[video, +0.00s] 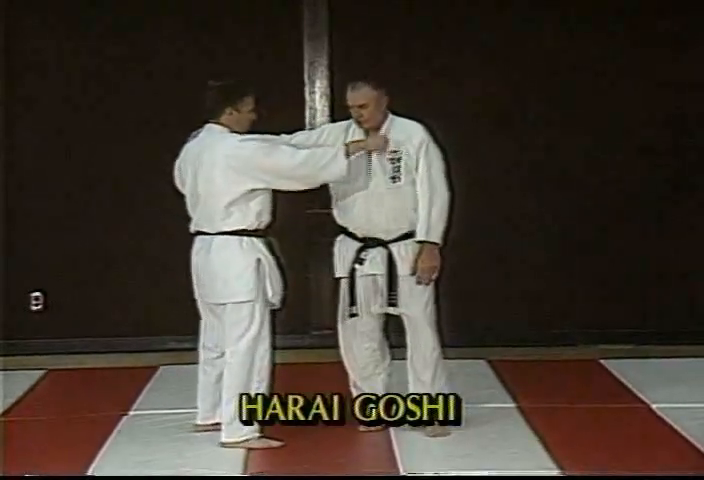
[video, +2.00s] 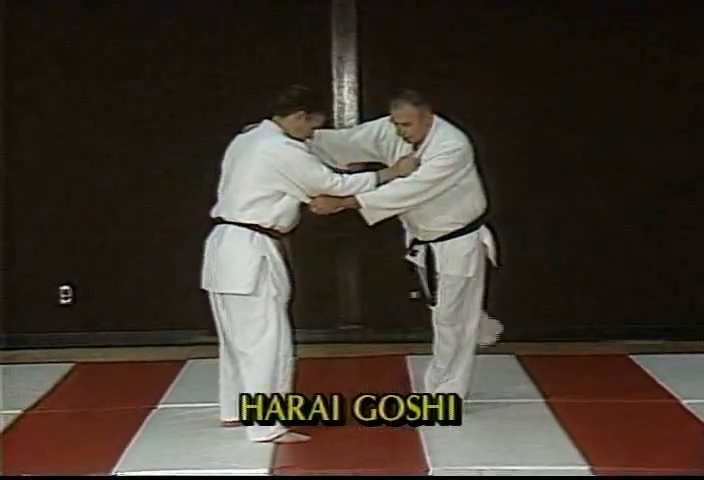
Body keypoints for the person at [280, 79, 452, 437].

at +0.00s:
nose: (358, 115)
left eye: (364, 108)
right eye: (352, 109)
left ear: (384, 102)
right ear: (348, 107)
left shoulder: (413, 136)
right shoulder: (337, 134)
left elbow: (435, 192)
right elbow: (290, 144)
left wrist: (431, 244)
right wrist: (242, 146)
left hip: (407, 246)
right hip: (356, 249)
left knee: (421, 327)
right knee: (359, 326)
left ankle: (428, 407)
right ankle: (370, 405)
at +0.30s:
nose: (363, 116)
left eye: (369, 109)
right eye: (358, 110)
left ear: (389, 105)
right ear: (354, 109)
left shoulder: (415, 137)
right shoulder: (345, 133)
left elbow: (430, 196)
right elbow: (294, 142)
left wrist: (392, 236)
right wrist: (242, 142)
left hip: (410, 244)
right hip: (358, 244)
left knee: (420, 324)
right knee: (360, 325)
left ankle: (433, 407)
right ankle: (373, 404)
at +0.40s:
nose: (367, 115)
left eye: (373, 107)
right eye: (362, 108)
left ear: (393, 104)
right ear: (358, 108)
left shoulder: (416, 137)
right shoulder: (349, 132)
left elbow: (417, 205)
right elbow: (299, 137)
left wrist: (363, 224)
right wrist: (245, 132)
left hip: (409, 246)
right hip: (359, 246)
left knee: (422, 330)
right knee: (361, 328)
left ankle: (434, 410)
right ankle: (374, 407)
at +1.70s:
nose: (400, 132)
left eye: (405, 124)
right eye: (395, 125)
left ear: (425, 115)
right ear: (390, 121)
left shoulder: (450, 144)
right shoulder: (387, 132)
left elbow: (414, 187)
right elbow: (340, 141)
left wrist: (347, 201)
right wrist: (290, 138)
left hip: (454, 245)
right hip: (412, 243)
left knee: (449, 329)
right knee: (412, 327)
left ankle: (443, 407)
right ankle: (419, 401)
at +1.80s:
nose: (400, 131)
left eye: (406, 124)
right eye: (395, 124)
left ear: (426, 116)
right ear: (391, 120)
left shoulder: (451, 146)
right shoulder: (386, 133)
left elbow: (412, 189)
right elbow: (341, 141)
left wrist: (346, 202)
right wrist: (291, 138)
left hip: (457, 243)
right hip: (419, 243)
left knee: (452, 325)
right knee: (429, 323)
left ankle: (447, 398)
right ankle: (436, 390)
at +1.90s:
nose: (401, 132)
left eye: (407, 124)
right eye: (396, 124)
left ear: (427, 116)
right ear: (392, 120)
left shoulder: (451, 146)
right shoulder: (388, 132)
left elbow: (412, 190)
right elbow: (343, 140)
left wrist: (344, 202)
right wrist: (294, 136)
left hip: (456, 242)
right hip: (422, 239)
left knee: (450, 322)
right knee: (437, 303)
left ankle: (441, 396)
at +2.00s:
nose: (402, 132)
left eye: (408, 125)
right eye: (397, 125)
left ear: (428, 117)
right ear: (392, 121)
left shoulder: (451, 146)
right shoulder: (390, 132)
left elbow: (413, 189)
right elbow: (345, 140)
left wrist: (345, 203)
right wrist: (294, 135)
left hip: (458, 242)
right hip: (422, 239)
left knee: (449, 321)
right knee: (440, 300)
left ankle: (443, 394)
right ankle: (485, 329)